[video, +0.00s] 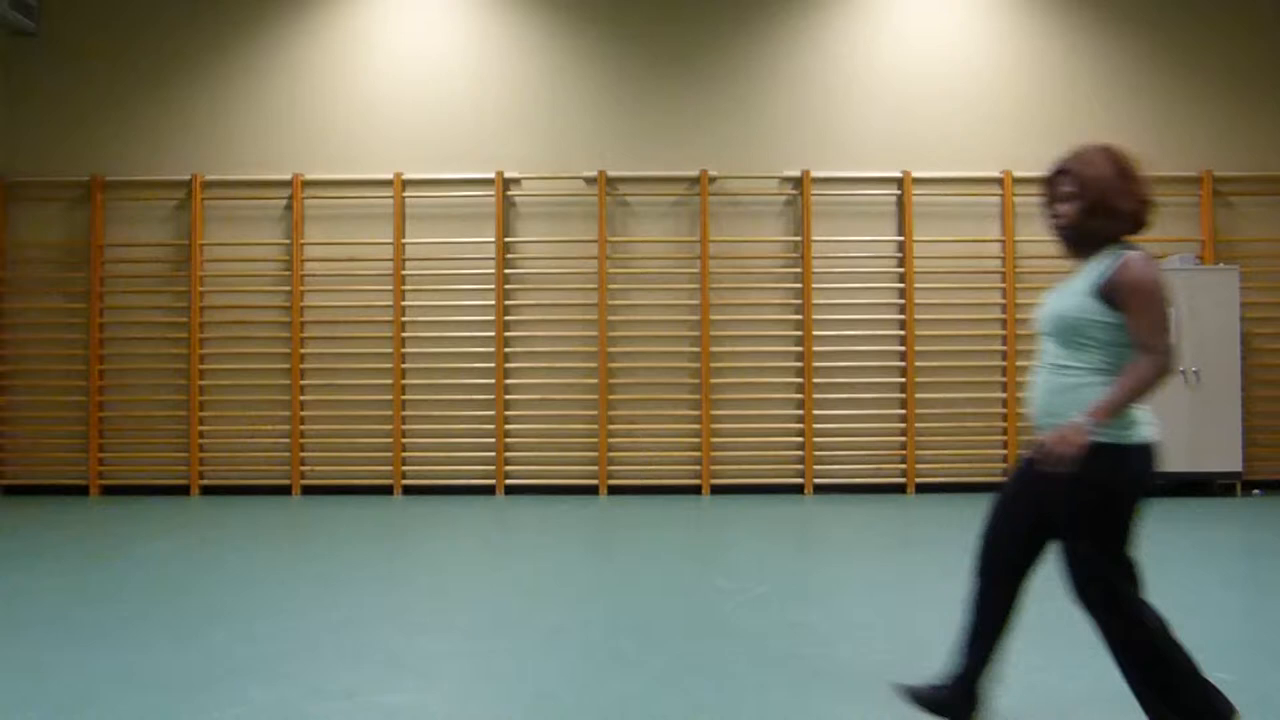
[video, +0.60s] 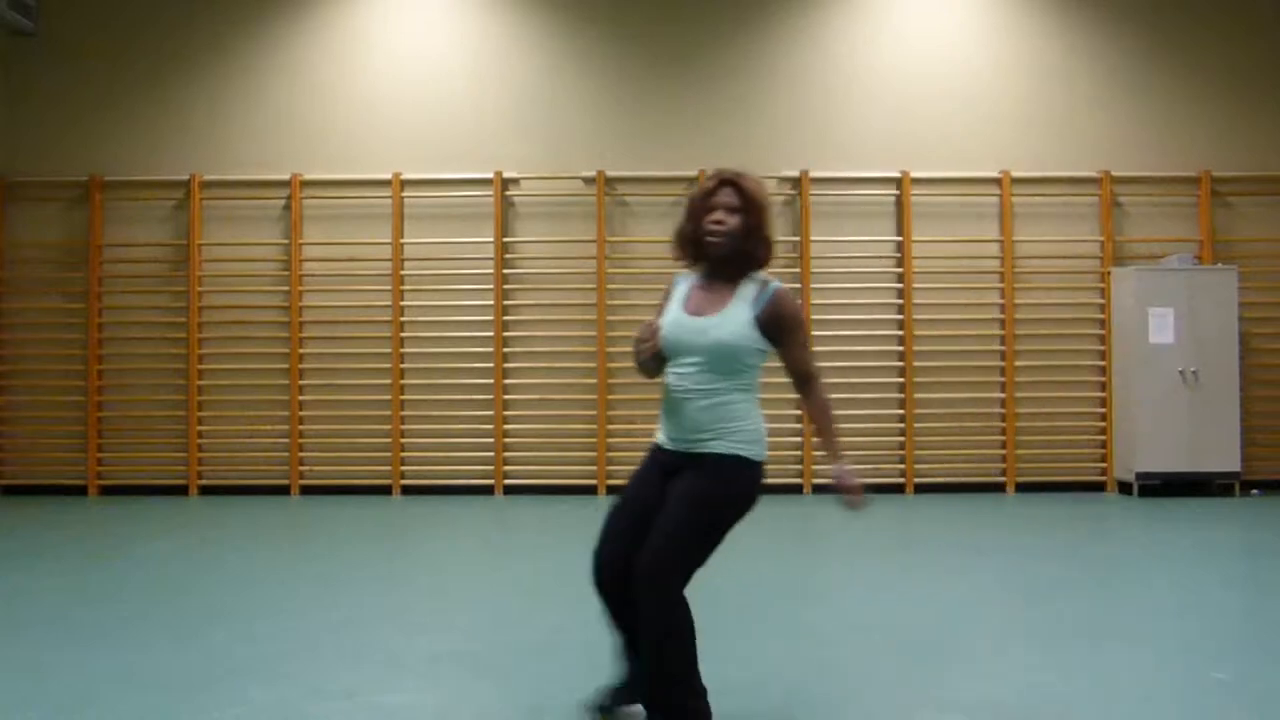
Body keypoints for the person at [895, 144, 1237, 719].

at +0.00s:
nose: (1057, 207)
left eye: (1070, 196)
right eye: (1052, 197)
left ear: (1106, 201)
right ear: (1050, 203)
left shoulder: (1132, 268)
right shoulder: (1086, 271)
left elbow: (1155, 357)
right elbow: (1088, 364)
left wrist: (1087, 423)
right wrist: (1050, 430)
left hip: (1106, 454)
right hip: (1059, 450)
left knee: (1104, 586)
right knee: (1001, 559)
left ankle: (1199, 710)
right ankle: (960, 690)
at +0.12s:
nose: (992, 212)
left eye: (1006, 201)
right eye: (989, 203)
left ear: (1040, 208)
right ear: (986, 211)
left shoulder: (1062, 277)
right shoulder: (1015, 278)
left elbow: (1088, 366)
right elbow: (1022, 365)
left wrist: (1032, 436)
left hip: (1030, 458)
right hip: (982, 452)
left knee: (1008, 593)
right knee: (933, 572)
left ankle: (1126, 667)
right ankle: (896, 699)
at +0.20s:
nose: (937, 227)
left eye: (951, 216)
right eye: (931, 217)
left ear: (982, 226)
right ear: (923, 224)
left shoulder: (1006, 297)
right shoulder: (945, 294)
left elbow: (1033, 387)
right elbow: (947, 380)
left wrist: (1005, 465)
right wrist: (895, 388)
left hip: (963, 465)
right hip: (917, 458)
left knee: (894, 589)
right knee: (861, 590)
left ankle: (1000, 656)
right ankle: (888, 710)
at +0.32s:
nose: (866, 224)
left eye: (880, 215)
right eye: (858, 214)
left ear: (905, 226)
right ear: (848, 225)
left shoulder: (932, 301)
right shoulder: (856, 292)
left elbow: (969, 390)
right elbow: (825, 363)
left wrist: (989, 474)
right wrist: (782, 362)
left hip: (882, 461)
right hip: (835, 457)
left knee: (783, 559)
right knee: (822, 587)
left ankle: (781, 695)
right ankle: (889, 707)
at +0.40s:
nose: (821, 221)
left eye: (835, 211)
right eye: (813, 211)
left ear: (858, 224)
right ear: (802, 222)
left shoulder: (881, 300)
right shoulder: (798, 288)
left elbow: (923, 385)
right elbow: (767, 360)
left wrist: (963, 461)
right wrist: (736, 346)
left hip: (826, 457)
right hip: (779, 452)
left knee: (742, 566)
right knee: (775, 580)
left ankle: (683, 699)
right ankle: (860, 680)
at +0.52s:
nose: (756, 225)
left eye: (769, 216)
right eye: (748, 214)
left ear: (790, 231)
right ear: (735, 226)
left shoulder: (809, 307)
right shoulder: (721, 294)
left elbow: (852, 390)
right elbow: (688, 370)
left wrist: (900, 463)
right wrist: (678, 344)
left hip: (760, 463)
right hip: (705, 457)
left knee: (670, 578)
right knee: (659, 577)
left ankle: (678, 710)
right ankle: (749, 653)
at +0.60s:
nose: (720, 219)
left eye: (733, 211)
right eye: (711, 209)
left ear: (751, 226)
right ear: (696, 221)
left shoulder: (772, 300)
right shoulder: (682, 285)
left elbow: (808, 383)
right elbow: (652, 367)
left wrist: (838, 459)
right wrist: (648, 349)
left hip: (730, 461)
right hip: (670, 452)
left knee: (655, 576)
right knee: (612, 563)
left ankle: (682, 711)